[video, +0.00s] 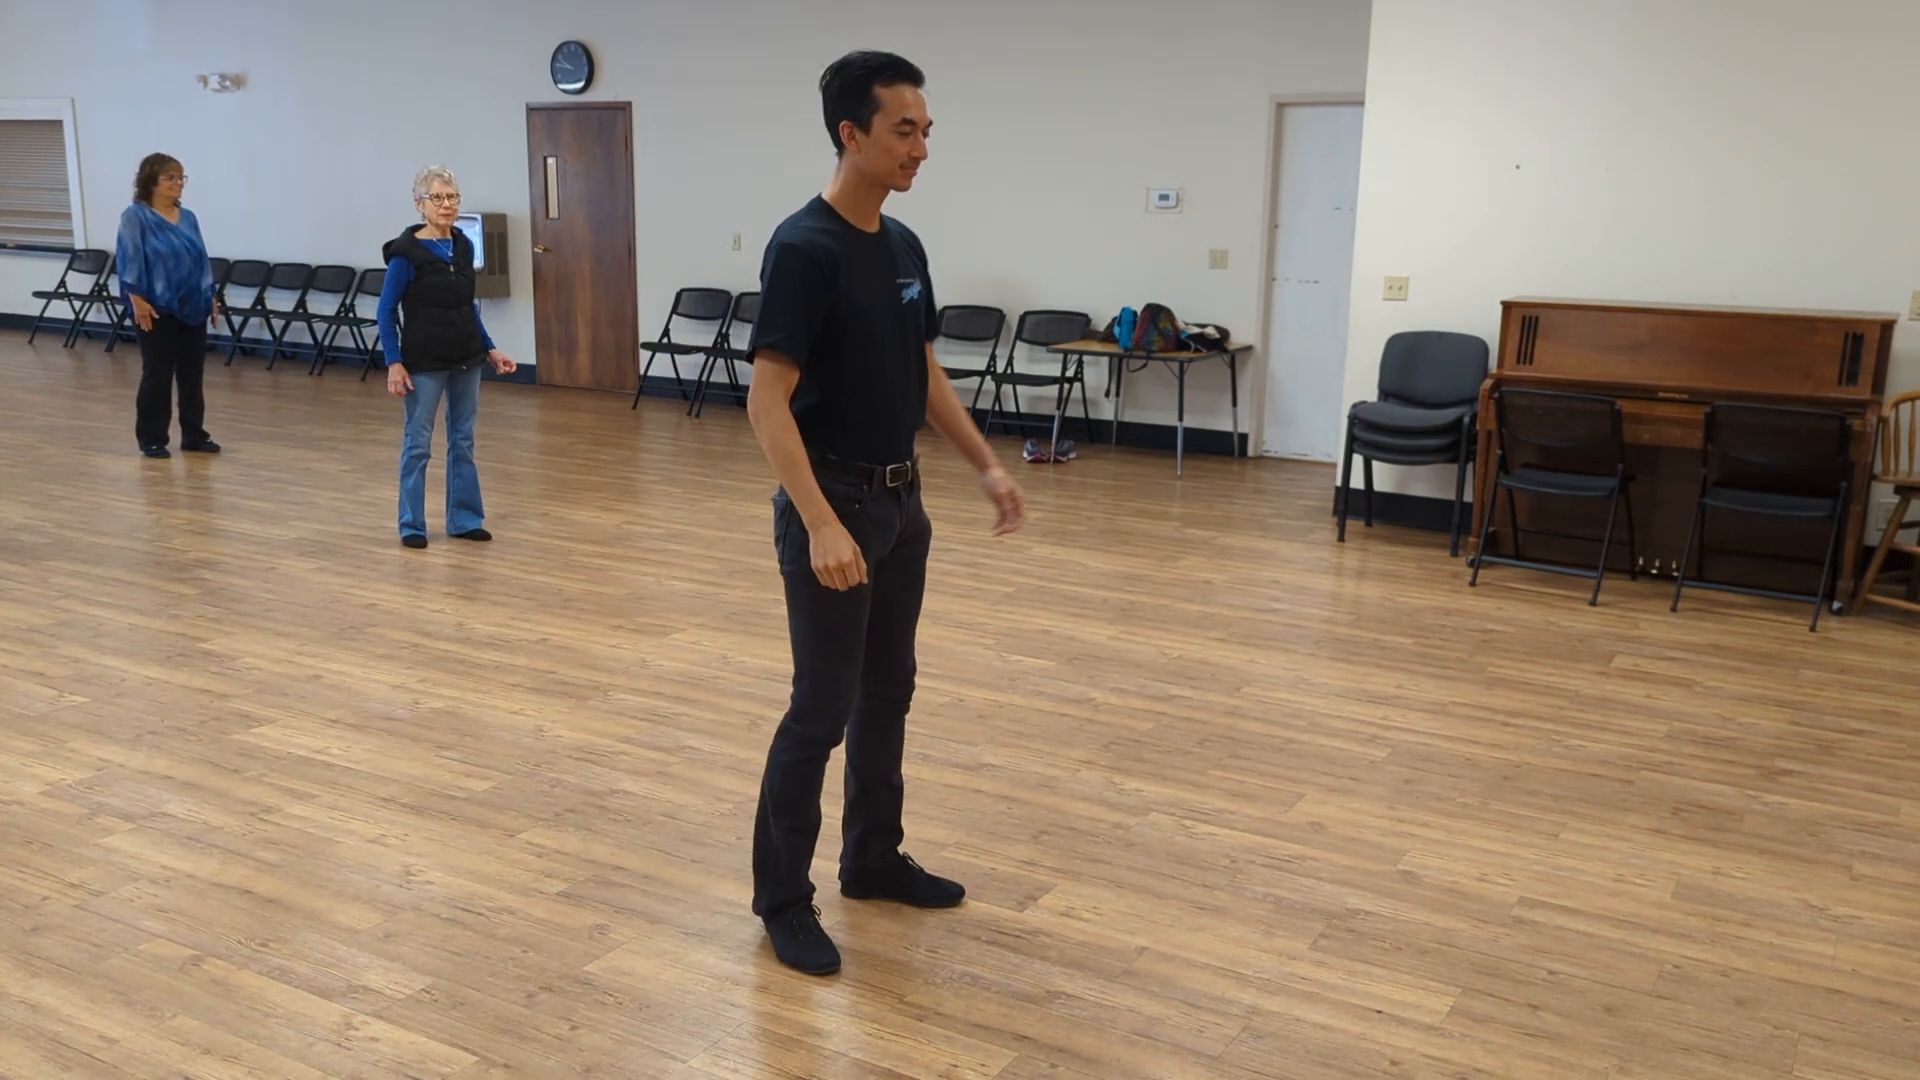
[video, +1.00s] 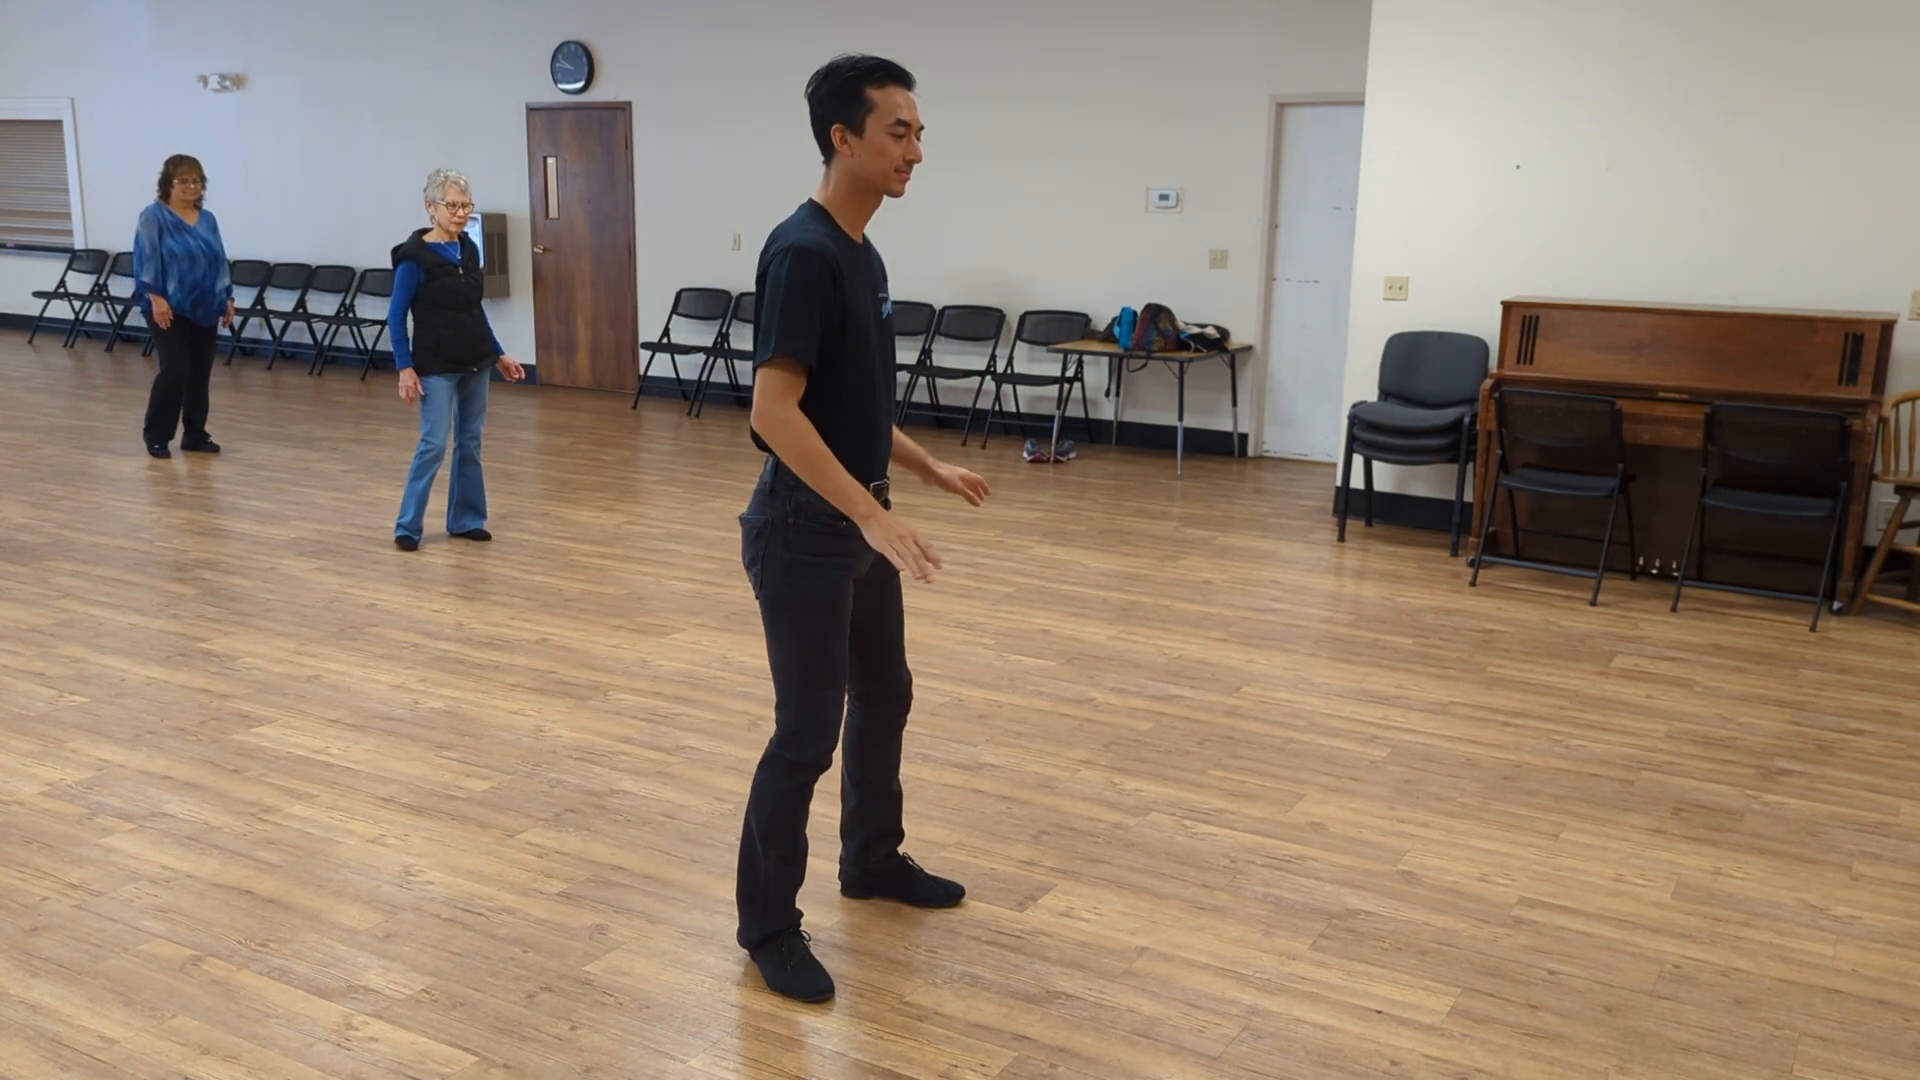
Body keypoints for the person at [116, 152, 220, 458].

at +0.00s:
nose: (179, 183)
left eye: (181, 178)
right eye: (171, 178)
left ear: (182, 182)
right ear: (152, 181)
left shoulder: (187, 216)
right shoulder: (135, 216)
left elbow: (201, 261)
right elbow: (130, 263)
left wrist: (211, 295)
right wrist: (137, 299)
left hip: (193, 307)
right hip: (157, 307)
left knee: (192, 375)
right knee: (158, 375)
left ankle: (194, 436)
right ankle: (152, 440)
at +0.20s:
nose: (173, 182)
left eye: (177, 178)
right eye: (165, 178)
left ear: (181, 182)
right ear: (148, 183)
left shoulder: (187, 216)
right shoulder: (134, 216)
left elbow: (202, 261)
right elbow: (129, 263)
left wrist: (210, 294)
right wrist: (138, 300)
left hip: (192, 307)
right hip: (157, 308)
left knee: (191, 375)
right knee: (157, 375)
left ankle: (193, 436)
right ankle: (152, 440)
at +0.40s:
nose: (172, 183)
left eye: (177, 178)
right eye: (164, 178)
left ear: (182, 182)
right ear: (149, 183)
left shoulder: (188, 217)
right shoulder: (135, 216)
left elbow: (202, 262)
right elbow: (130, 264)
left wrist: (210, 296)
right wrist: (138, 300)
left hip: (193, 308)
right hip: (157, 308)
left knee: (192, 375)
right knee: (157, 375)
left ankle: (193, 436)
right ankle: (152, 440)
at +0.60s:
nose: (177, 184)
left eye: (181, 179)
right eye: (168, 180)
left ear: (187, 183)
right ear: (153, 184)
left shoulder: (192, 217)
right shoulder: (139, 217)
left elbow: (206, 261)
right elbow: (134, 263)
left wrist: (215, 296)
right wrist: (142, 300)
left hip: (196, 308)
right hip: (160, 308)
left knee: (194, 375)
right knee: (160, 374)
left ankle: (194, 435)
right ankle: (152, 440)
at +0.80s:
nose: (184, 185)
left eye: (188, 180)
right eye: (176, 180)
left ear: (194, 183)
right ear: (160, 184)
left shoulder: (199, 218)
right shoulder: (146, 216)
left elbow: (212, 262)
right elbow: (140, 263)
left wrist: (220, 297)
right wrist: (149, 299)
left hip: (200, 308)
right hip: (165, 308)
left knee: (196, 375)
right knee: (166, 373)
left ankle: (194, 435)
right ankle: (153, 439)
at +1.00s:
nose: (193, 186)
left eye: (197, 181)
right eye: (185, 181)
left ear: (203, 184)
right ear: (169, 184)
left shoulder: (207, 218)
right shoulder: (153, 216)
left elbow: (220, 262)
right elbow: (147, 262)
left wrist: (227, 297)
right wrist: (156, 298)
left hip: (205, 308)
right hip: (169, 307)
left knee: (199, 372)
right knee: (175, 369)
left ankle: (194, 434)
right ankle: (156, 436)